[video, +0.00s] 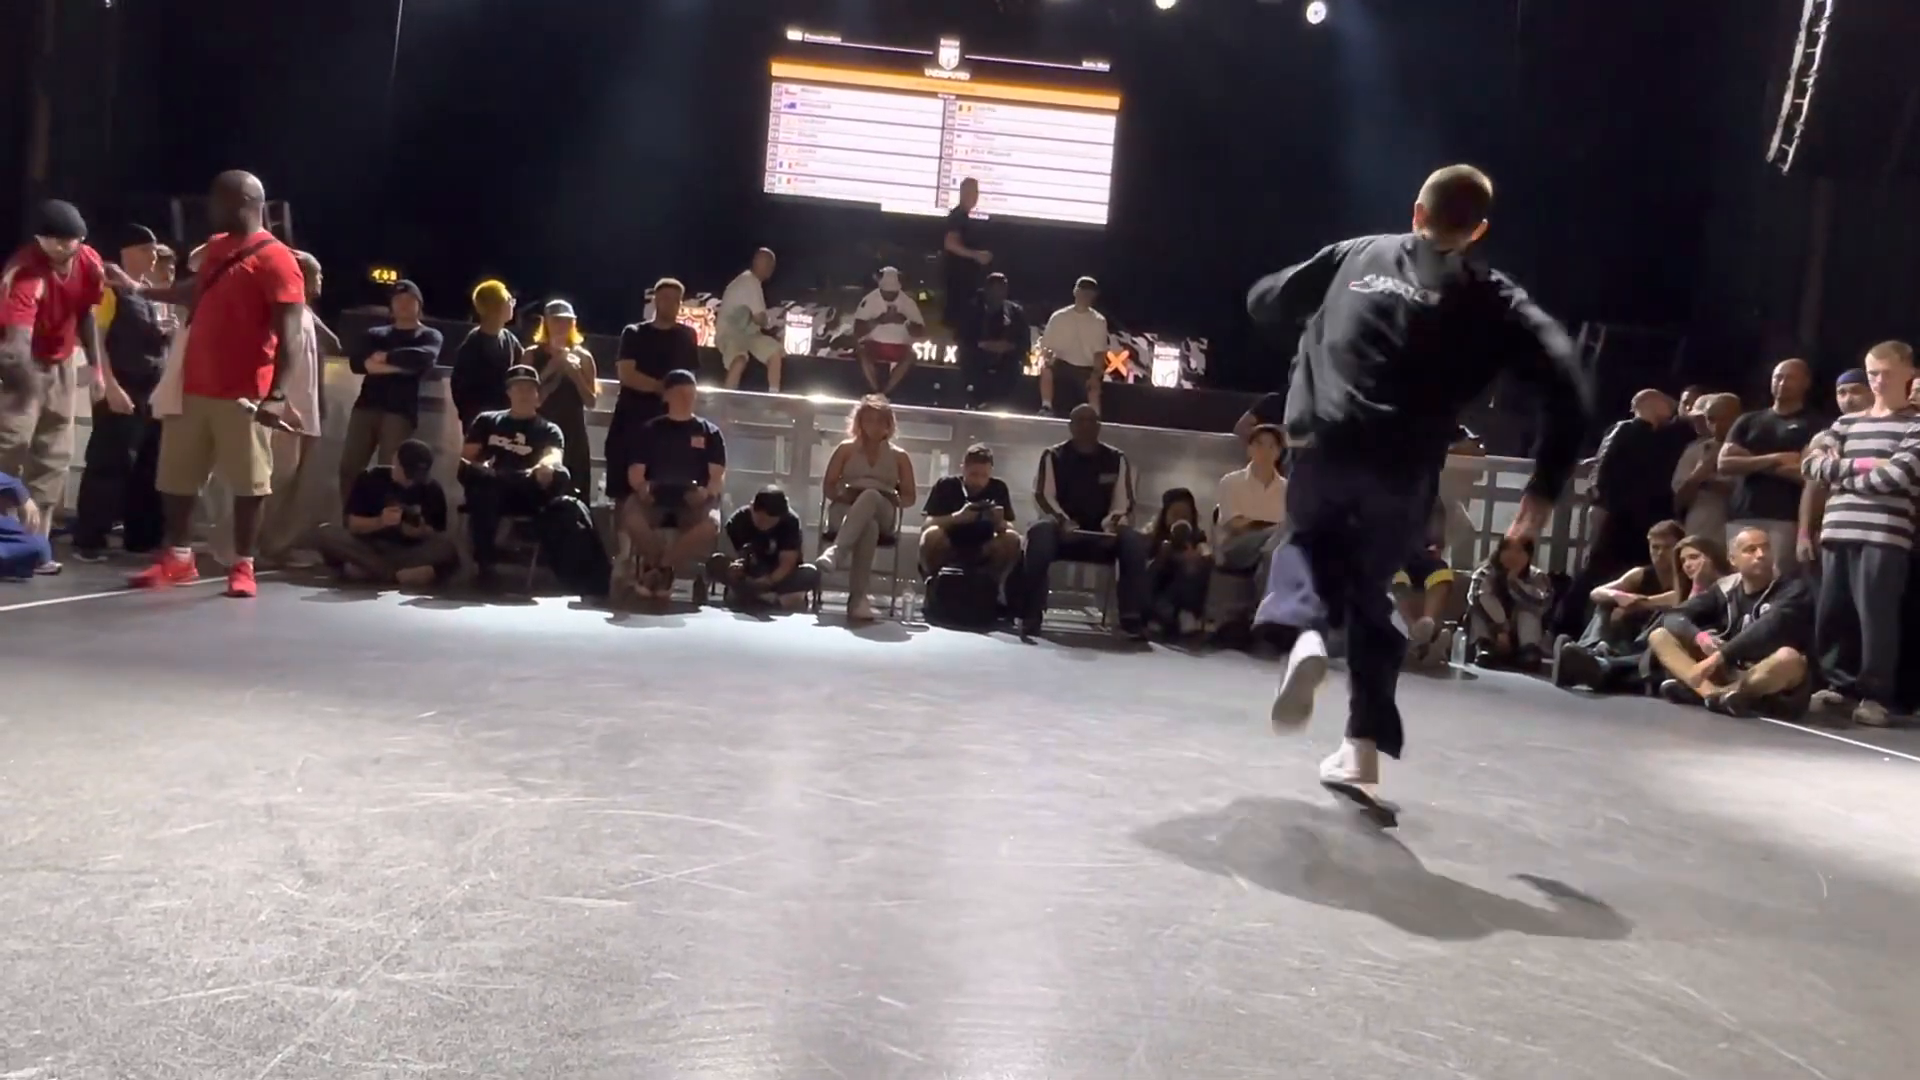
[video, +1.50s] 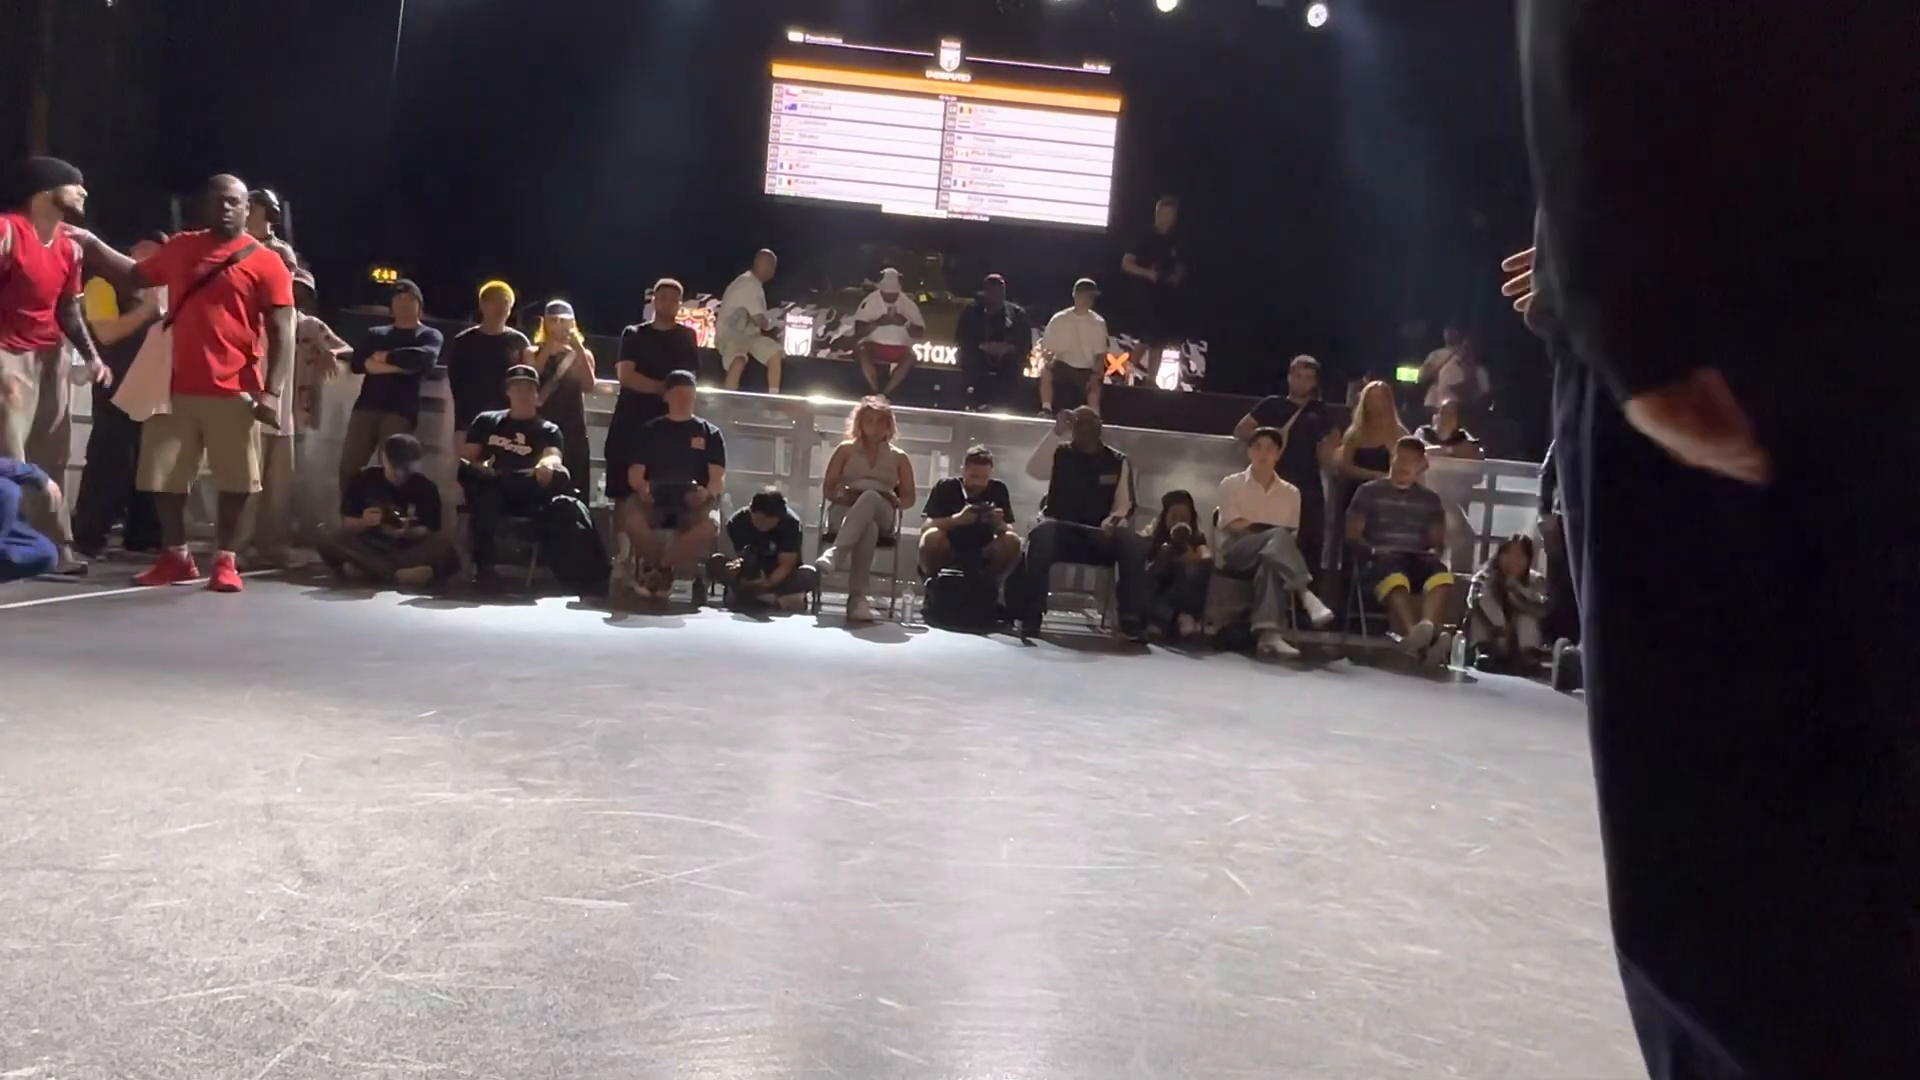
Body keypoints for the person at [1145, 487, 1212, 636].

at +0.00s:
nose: (1180, 520)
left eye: (1185, 514)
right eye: (1174, 514)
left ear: (1193, 515)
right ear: (1165, 515)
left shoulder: (1199, 538)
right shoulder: (1153, 539)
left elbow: (1208, 559)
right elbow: (1148, 570)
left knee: (1196, 566)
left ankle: (1189, 613)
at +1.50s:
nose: (1179, 522)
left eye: (1184, 517)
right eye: (1174, 516)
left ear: (1192, 517)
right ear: (1164, 516)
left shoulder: (1197, 539)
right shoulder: (1151, 539)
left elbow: (1207, 558)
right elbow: (1148, 572)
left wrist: (1191, 555)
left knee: (1196, 568)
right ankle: (1185, 616)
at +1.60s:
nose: (1179, 524)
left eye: (1184, 519)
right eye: (1174, 518)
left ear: (1192, 519)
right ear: (1165, 518)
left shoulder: (1197, 541)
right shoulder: (1150, 541)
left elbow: (1207, 562)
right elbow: (1147, 574)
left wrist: (1186, 549)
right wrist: (1164, 555)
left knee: (1194, 565)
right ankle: (1186, 617)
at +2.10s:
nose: (1174, 525)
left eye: (1179, 520)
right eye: (1169, 520)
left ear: (1187, 520)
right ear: (1159, 519)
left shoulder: (1192, 541)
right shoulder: (1145, 541)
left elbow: (1202, 562)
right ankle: (1181, 619)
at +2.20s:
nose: (1173, 524)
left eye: (1178, 519)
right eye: (1167, 519)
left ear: (1185, 519)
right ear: (1157, 519)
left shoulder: (1190, 541)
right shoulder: (1144, 541)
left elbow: (1200, 561)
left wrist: (1183, 557)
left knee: (1195, 569)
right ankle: (1179, 619)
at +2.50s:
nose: (1168, 526)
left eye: (1173, 520)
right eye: (1163, 520)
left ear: (1181, 520)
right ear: (1153, 520)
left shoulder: (1187, 542)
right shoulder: (1140, 542)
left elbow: (1197, 561)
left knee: (1193, 568)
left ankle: (1184, 620)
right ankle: (1174, 619)